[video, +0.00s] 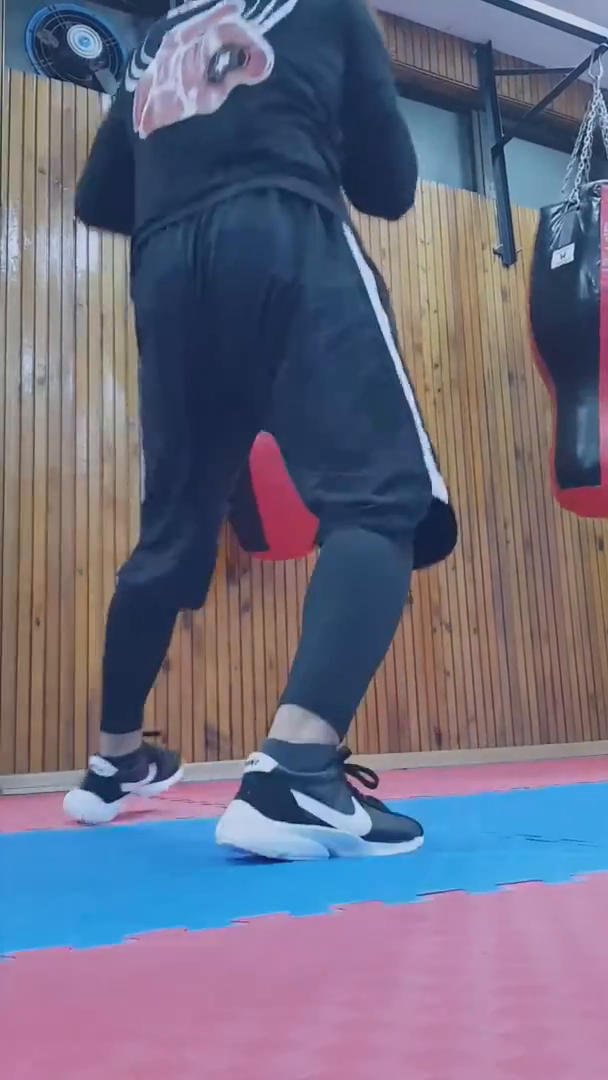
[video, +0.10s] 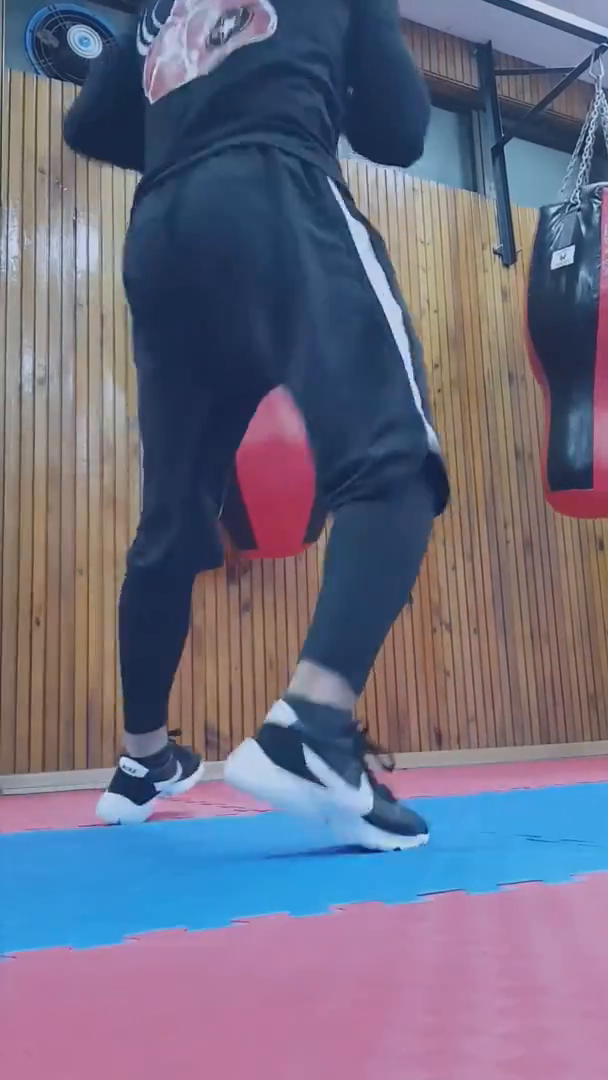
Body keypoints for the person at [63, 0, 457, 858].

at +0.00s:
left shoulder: (157, 52)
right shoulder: (330, 12)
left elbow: (99, 196)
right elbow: (388, 186)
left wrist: (204, 194)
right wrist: (310, 122)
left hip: (165, 262)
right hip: (287, 236)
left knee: (172, 520)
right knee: (375, 502)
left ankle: (114, 758)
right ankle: (295, 769)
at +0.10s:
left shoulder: (159, 14)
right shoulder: (342, 2)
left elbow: (90, 123)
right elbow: (397, 132)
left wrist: (193, 137)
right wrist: (317, 68)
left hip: (158, 222)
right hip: (271, 191)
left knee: (170, 511)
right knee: (392, 468)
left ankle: (144, 756)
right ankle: (314, 719)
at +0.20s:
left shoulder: (172, 11)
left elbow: (109, 143)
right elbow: (424, 135)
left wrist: (208, 144)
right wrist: (336, 70)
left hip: (154, 231)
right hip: (273, 200)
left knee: (162, 514)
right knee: (401, 471)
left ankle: (130, 762)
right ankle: (391, 756)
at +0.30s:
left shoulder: (190, 29)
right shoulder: (356, 8)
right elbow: (428, 166)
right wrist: (342, 103)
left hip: (141, 254)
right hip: (259, 241)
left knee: (156, 519)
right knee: (422, 502)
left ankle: (90, 751)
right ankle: (398, 751)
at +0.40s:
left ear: (240, 11)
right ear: (302, 3)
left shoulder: (197, 69)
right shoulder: (318, 15)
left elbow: (253, 251)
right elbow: (346, 176)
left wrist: (374, 229)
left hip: (113, 293)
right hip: (212, 268)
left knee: (157, 538)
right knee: (411, 502)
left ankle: (31, 741)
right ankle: (394, 750)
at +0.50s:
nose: (306, 94)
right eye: (304, 79)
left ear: (219, 51)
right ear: (279, 46)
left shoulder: (166, 129)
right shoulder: (265, 55)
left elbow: (219, 251)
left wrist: (321, 298)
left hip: (98, 338)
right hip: (192, 306)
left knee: (148, 567)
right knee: (398, 517)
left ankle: (31, 755)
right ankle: (393, 730)